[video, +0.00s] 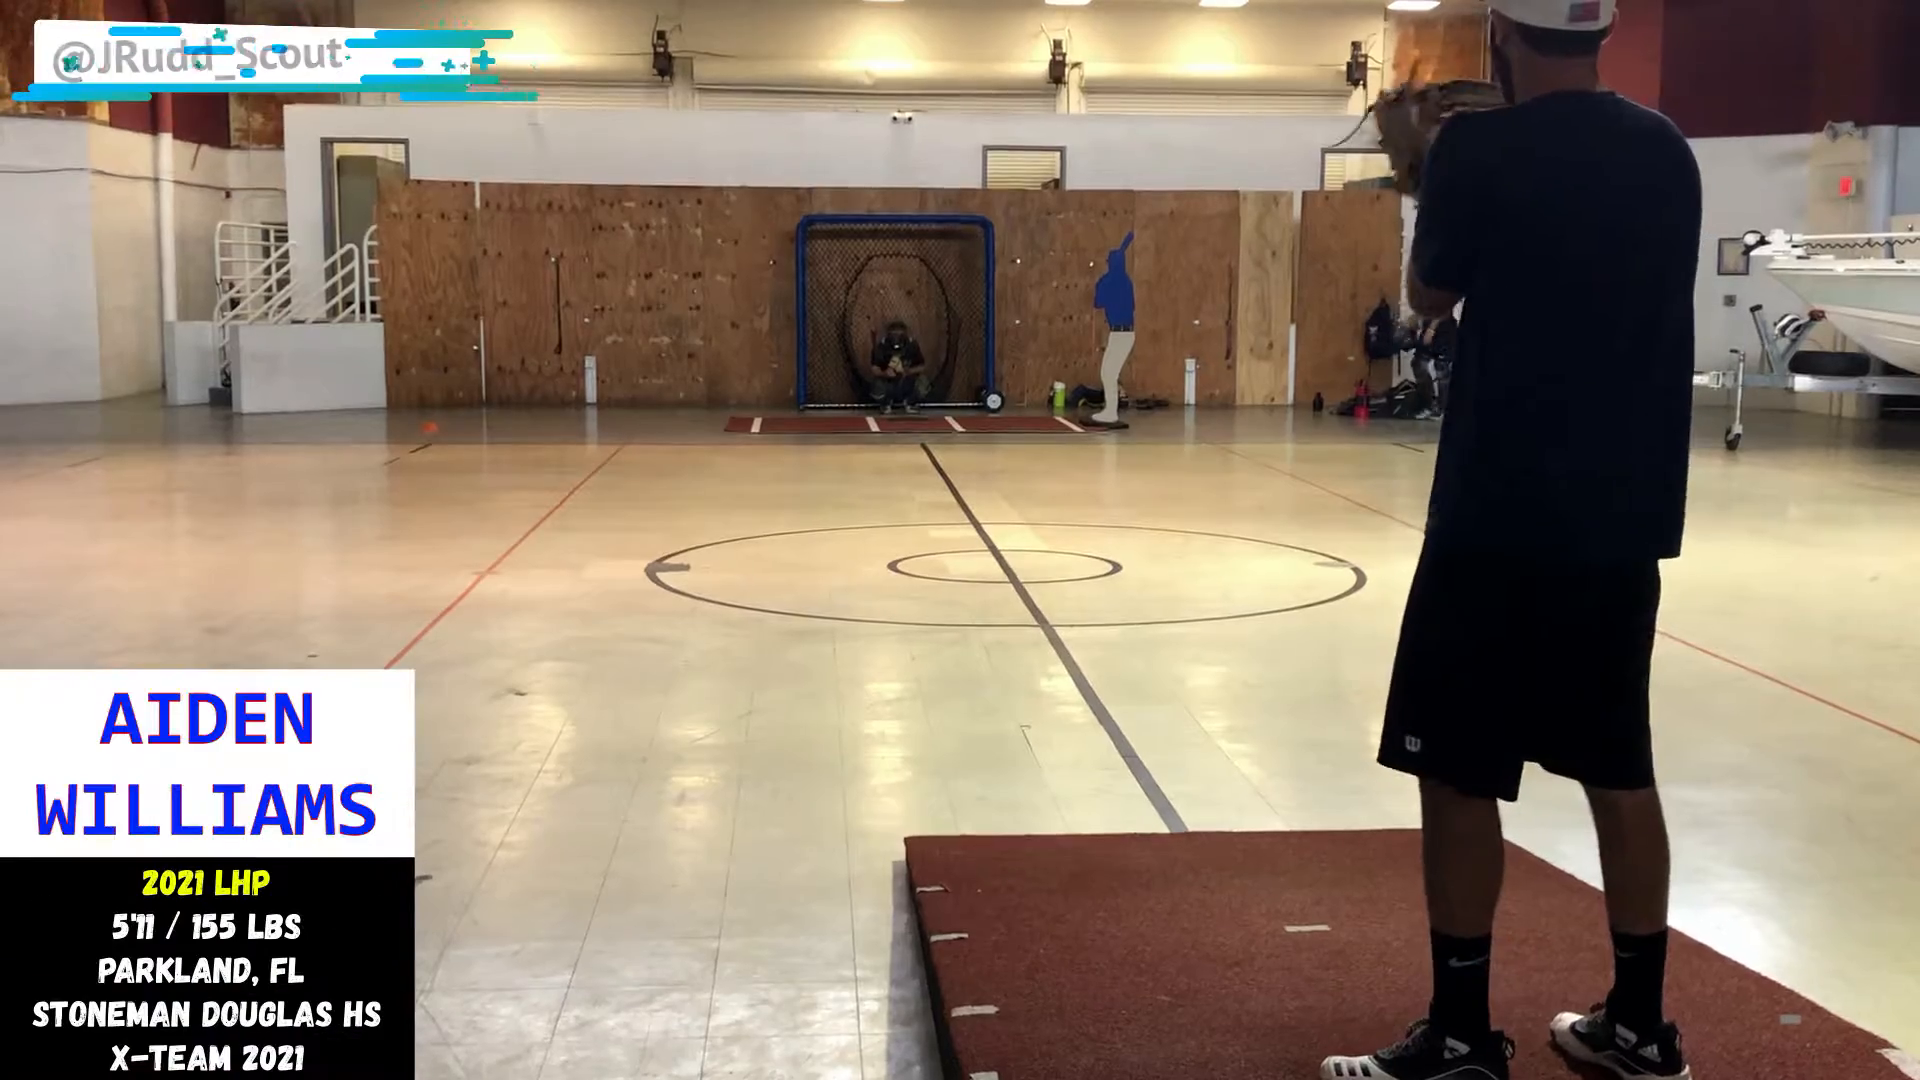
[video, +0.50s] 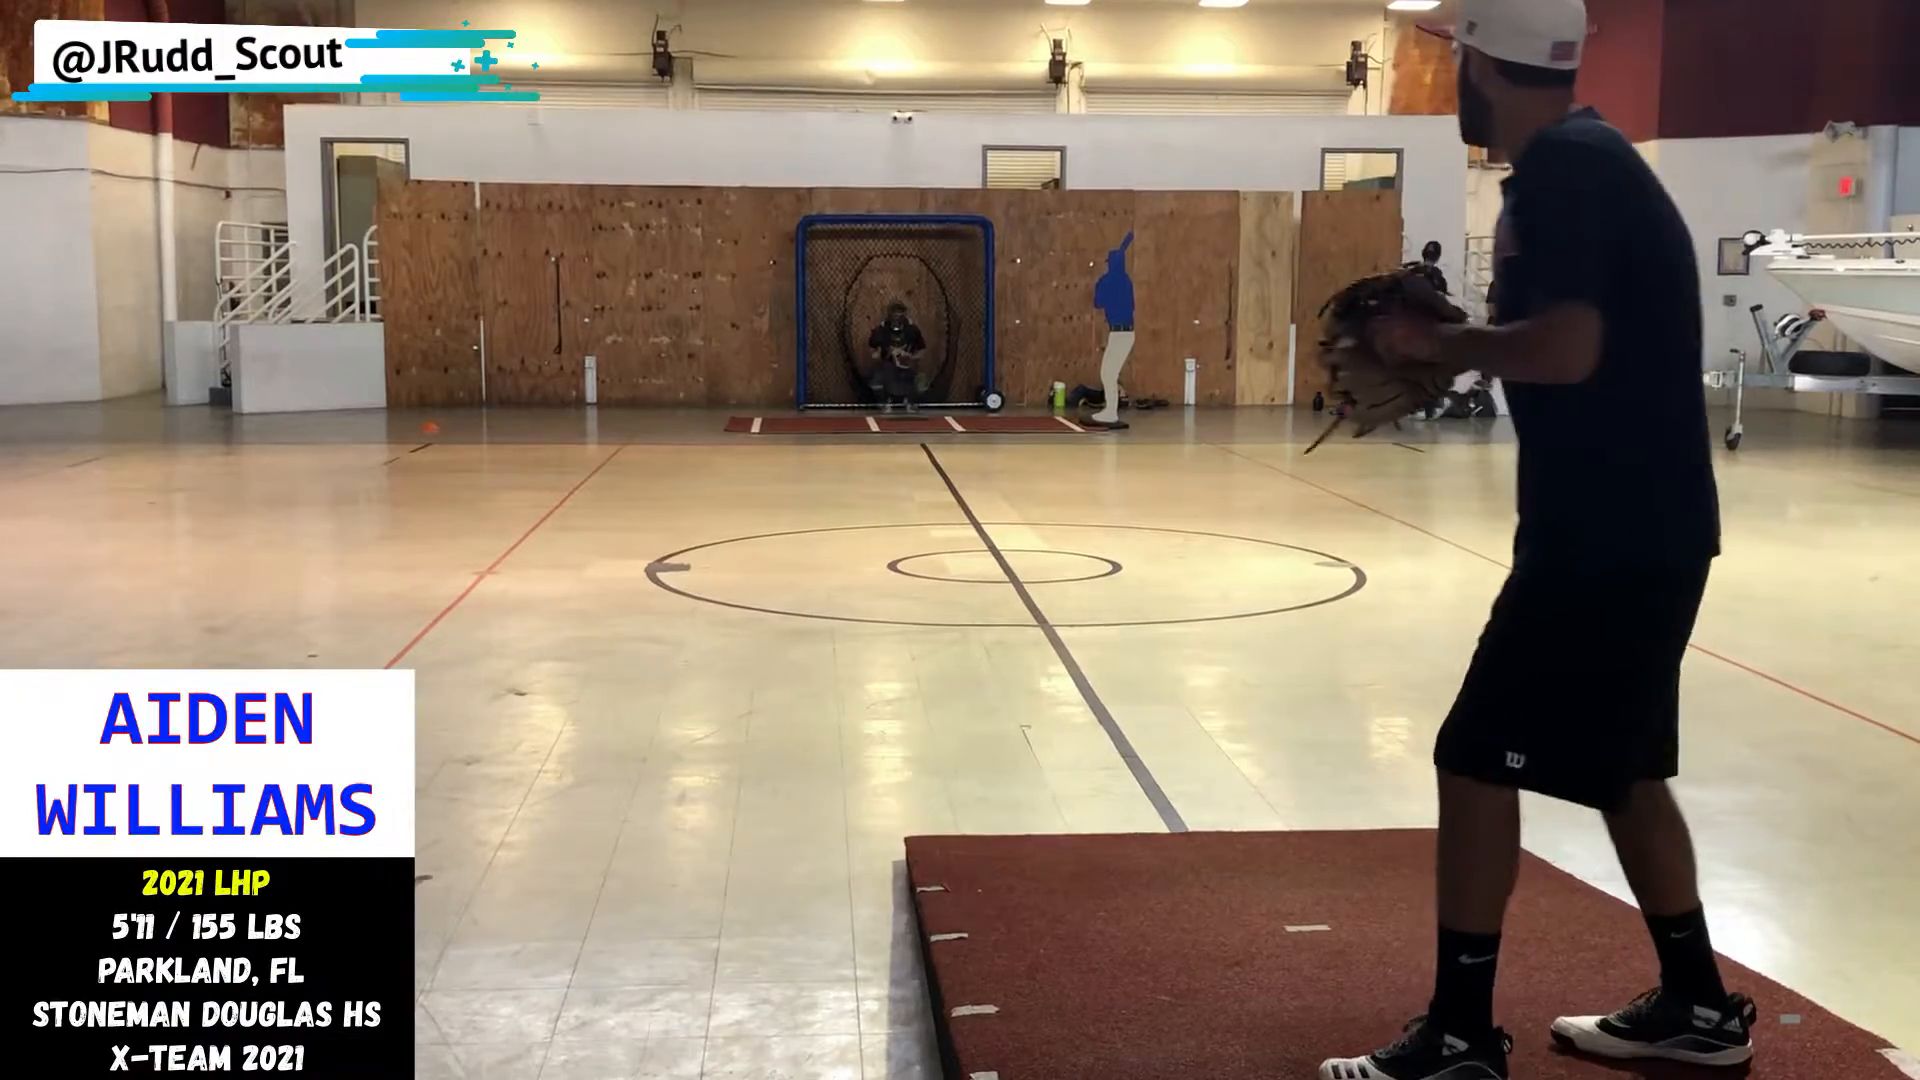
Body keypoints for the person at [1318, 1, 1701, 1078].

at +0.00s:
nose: (1491, 48)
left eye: (1494, 34)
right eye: (1504, 34)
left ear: (1504, 39)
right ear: (1605, 36)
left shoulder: (1477, 143)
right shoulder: (1667, 148)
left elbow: (1428, 299)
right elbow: (1634, 297)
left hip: (1494, 521)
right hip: (1624, 519)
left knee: (1459, 764)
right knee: (1620, 765)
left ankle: (1461, 1032)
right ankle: (1640, 1020)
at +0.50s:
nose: (1456, 95)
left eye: (1457, 66)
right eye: (1456, 69)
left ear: (1483, 62)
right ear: (1559, 65)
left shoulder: (1560, 171)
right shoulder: (1601, 165)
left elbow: (1567, 347)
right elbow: (1582, 347)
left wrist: (1438, 343)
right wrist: (1453, 336)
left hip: (1590, 540)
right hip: (1652, 534)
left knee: (1473, 755)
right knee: (1628, 766)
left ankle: (1459, 1030)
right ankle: (1696, 1001)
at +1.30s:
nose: (1461, 75)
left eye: (1467, 53)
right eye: (1464, 55)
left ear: (1496, 62)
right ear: (1542, 65)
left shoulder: (1630, 174)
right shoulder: (1501, 186)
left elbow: (1560, 326)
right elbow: (1477, 350)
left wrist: (1408, 243)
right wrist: (1374, 278)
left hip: (1587, 535)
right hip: (1515, 528)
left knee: (1465, 770)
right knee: (1522, 779)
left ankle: (1476, 1027)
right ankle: (1657, 958)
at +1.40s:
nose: (1456, 77)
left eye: (1466, 55)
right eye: (1459, 54)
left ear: (1498, 62)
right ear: (1534, 63)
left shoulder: (1632, 170)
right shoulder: (1492, 184)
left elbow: (1563, 322)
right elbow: (1466, 351)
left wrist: (1407, 245)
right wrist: (1367, 277)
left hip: (1560, 533)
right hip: (1471, 514)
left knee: (1453, 766)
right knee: (1371, 733)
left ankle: (1477, 1031)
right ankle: (1535, 883)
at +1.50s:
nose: (1453, 75)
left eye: (1458, 50)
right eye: (1456, 53)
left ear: (1489, 54)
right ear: (1539, 56)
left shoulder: (1632, 168)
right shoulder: (1483, 181)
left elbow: (1564, 321)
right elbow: (1457, 349)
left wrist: (1400, 245)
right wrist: (1362, 277)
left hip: (1543, 531)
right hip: (1441, 499)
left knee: (1451, 775)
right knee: (1275, 658)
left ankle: (1476, 1026)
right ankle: (1365, 860)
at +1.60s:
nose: (1448, 73)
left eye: (1458, 51)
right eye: (1451, 52)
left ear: (1496, 57)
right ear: (1520, 61)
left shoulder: (1623, 168)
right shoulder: (1477, 183)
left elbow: (1559, 322)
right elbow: (1446, 346)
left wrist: (1388, 247)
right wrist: (1349, 276)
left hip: (1517, 519)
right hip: (1422, 481)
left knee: (1448, 772)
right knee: (1207, 552)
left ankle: (1477, 1028)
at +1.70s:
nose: (1436, 79)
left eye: (1442, 56)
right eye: (1439, 59)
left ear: (1475, 58)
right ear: (1524, 60)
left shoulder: (1611, 171)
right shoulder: (1463, 183)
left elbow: (1542, 324)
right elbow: (1432, 345)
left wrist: (1385, 245)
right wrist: (1339, 273)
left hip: (1492, 517)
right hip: (1405, 472)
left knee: (1437, 768)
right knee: (1183, 445)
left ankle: (1476, 1028)